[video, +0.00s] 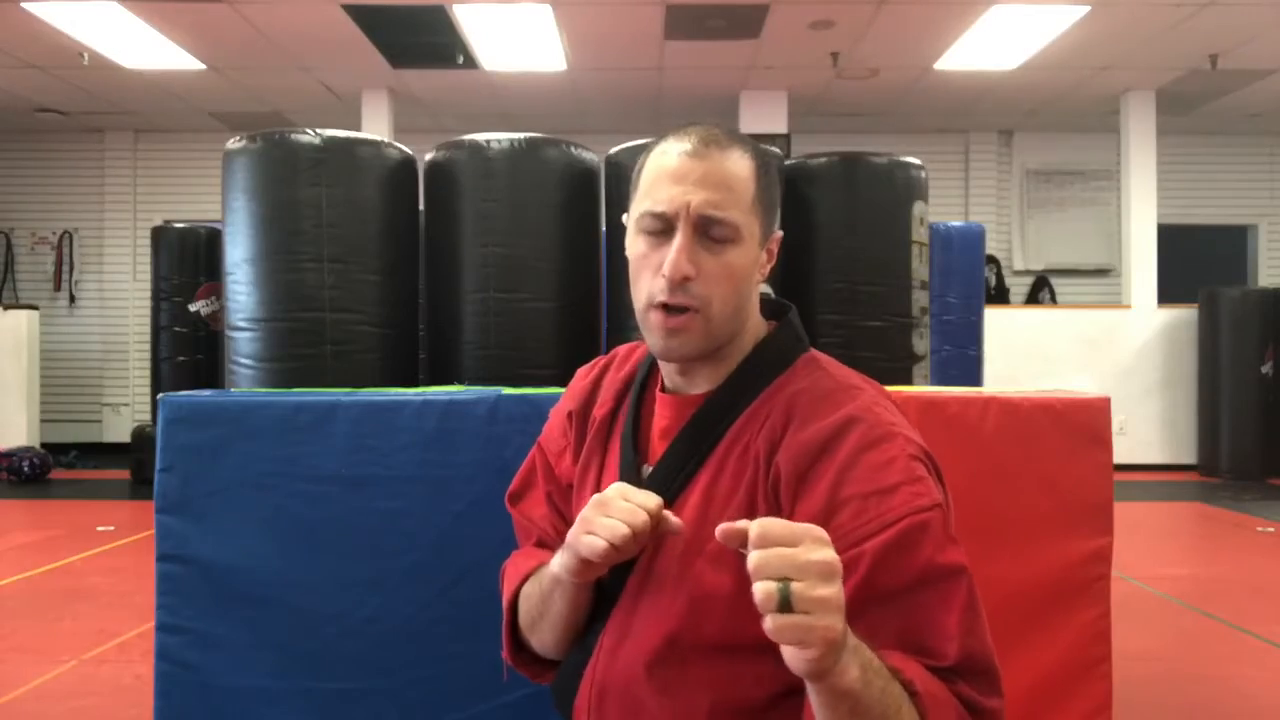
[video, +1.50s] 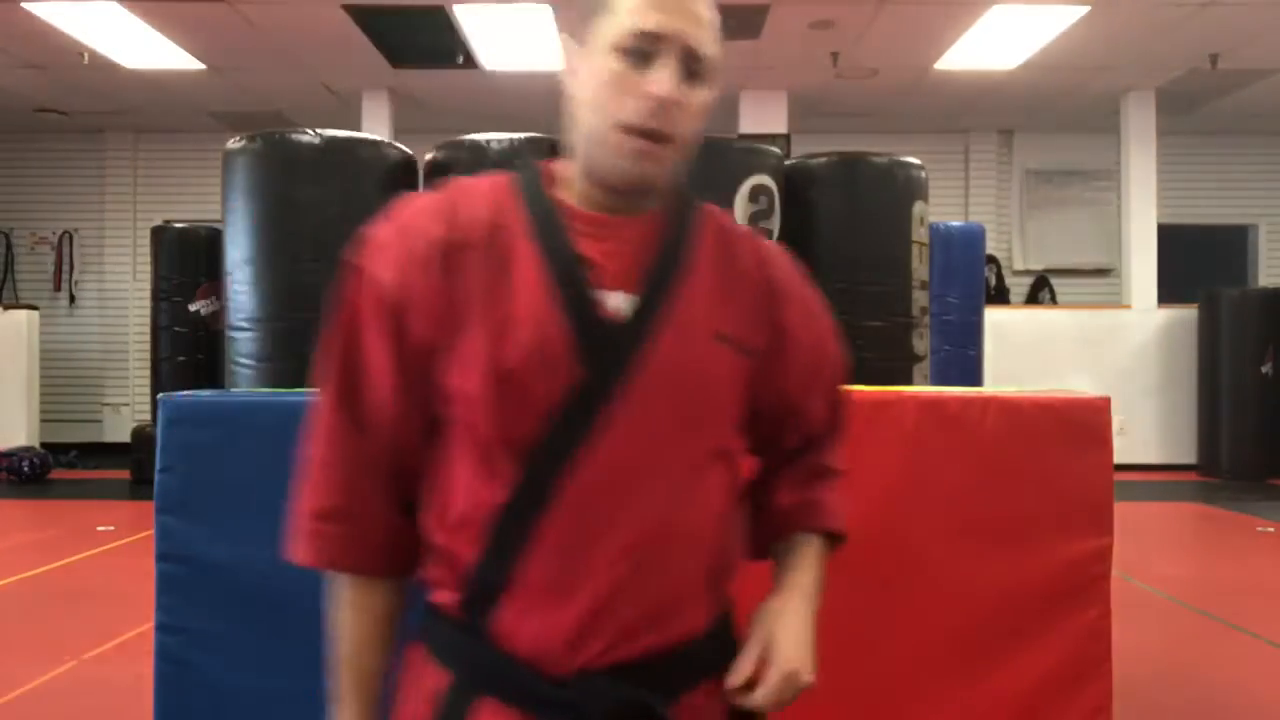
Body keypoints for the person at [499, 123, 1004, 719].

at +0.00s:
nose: (676, 267)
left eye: (715, 235)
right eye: (657, 229)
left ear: (766, 259)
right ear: (626, 240)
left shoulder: (852, 435)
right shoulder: (599, 392)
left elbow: (953, 702)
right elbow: (537, 641)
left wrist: (836, 663)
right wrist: (568, 569)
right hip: (595, 705)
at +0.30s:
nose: (699, 244)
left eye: (730, 211)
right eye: (672, 213)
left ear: (773, 233)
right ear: (630, 236)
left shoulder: (863, 396)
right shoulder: (600, 389)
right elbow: (575, 577)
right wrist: (538, 655)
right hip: (630, 704)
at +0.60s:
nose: (450, 282)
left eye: (483, 246)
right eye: (423, 253)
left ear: (550, 262)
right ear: (399, 280)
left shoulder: (644, 394)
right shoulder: (457, 459)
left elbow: (822, 621)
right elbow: (465, 669)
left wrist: (692, 671)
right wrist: (341, 700)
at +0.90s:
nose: (343, 114)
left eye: (378, 85)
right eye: (314, 83)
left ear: (430, 120)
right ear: (271, 116)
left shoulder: (547, 275)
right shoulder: (264, 323)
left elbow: (713, 479)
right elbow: (274, 586)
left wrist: (707, 698)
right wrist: (249, 707)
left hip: (599, 689)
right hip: (427, 692)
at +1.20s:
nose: (486, 27)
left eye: (519, 19)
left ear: (531, 69)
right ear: (394, 15)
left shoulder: (602, 229)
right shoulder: (250, 227)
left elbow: (695, 409)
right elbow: (230, 486)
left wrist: (695, 593)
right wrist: (253, 695)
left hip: (555, 682)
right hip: (345, 686)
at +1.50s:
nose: (665, 92)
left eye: (694, 71)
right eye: (639, 55)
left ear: (712, 103)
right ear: (572, 64)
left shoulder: (761, 282)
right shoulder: (425, 248)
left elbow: (806, 456)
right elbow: (362, 523)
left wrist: (797, 594)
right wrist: (354, 708)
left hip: (684, 695)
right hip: (473, 694)